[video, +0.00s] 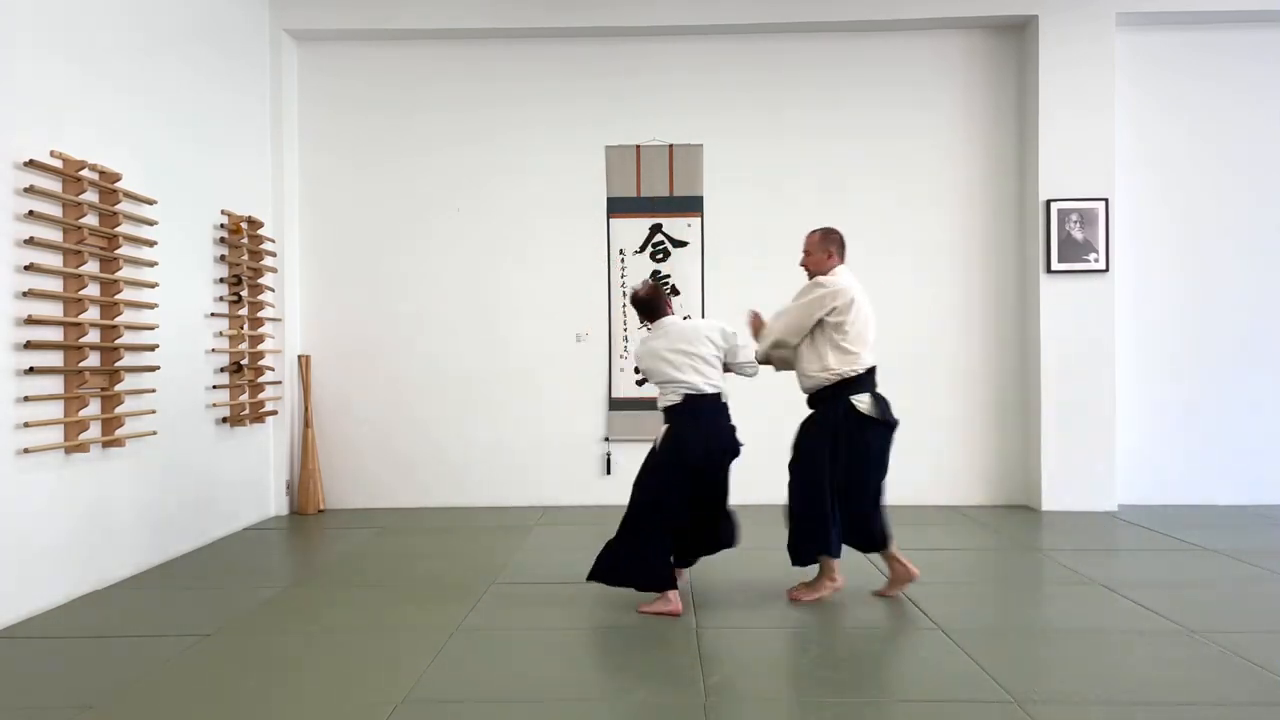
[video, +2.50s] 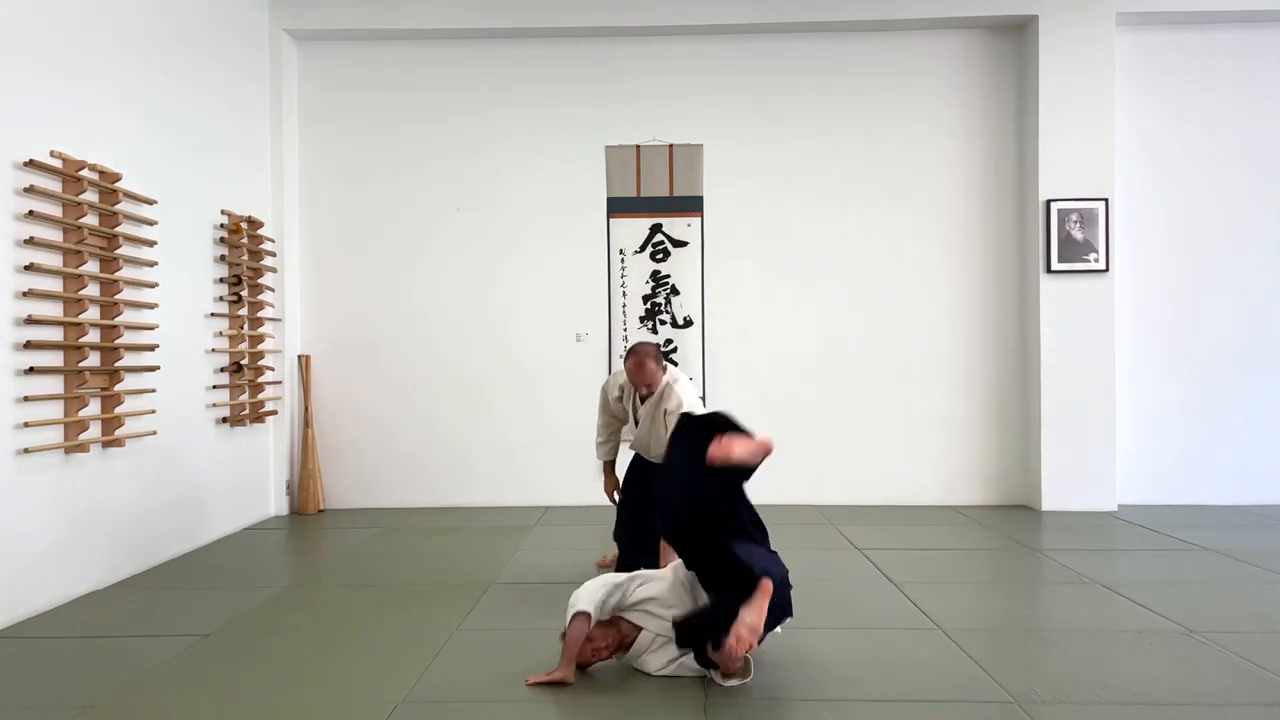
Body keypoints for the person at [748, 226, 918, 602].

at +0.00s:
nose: (802, 260)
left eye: (807, 253)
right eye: (803, 253)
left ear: (831, 256)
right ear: (833, 256)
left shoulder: (827, 287)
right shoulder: (846, 287)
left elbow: (780, 333)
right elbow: (808, 355)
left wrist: (763, 347)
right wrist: (766, 339)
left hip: (839, 408)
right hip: (862, 404)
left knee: (812, 487)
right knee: (850, 491)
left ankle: (828, 574)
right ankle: (897, 565)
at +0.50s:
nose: (862, 269)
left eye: (864, 261)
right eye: (862, 261)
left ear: (881, 262)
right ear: (895, 261)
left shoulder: (899, 304)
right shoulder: (906, 296)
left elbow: (848, 339)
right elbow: (860, 325)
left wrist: (806, 331)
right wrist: (819, 317)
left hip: (916, 431)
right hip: (908, 426)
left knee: (925, 525)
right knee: (894, 508)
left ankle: (980, 632)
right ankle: (932, 583)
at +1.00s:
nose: (768, 275)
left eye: (770, 268)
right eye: (768, 268)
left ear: (788, 268)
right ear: (801, 266)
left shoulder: (804, 307)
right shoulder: (822, 298)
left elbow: (749, 321)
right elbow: (763, 327)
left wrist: (690, 311)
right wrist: (735, 305)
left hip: (827, 430)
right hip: (847, 422)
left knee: (777, 504)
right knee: (875, 505)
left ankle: (790, 603)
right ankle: (933, 582)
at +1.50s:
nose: (673, 280)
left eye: (683, 275)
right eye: (669, 271)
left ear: (700, 279)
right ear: (660, 269)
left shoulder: (702, 315)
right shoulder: (643, 305)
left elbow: (730, 269)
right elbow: (628, 263)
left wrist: (709, 232)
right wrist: (663, 230)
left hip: (680, 427)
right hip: (632, 424)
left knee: (719, 506)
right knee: (585, 501)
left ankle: (766, 595)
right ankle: (561, 571)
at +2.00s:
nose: (646, 330)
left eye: (652, 323)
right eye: (639, 322)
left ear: (657, 317)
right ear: (618, 313)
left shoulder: (664, 344)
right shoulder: (590, 341)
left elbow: (679, 394)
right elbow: (573, 394)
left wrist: (660, 407)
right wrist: (627, 410)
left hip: (647, 442)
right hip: (599, 439)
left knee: (675, 511)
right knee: (567, 506)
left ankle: (697, 595)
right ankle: (547, 580)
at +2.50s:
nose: (642, 392)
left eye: (649, 386)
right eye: (635, 385)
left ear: (663, 371)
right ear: (627, 375)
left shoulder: (680, 399)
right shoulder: (616, 386)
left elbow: (689, 454)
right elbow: (608, 429)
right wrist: (609, 474)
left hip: (677, 466)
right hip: (644, 460)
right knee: (629, 528)